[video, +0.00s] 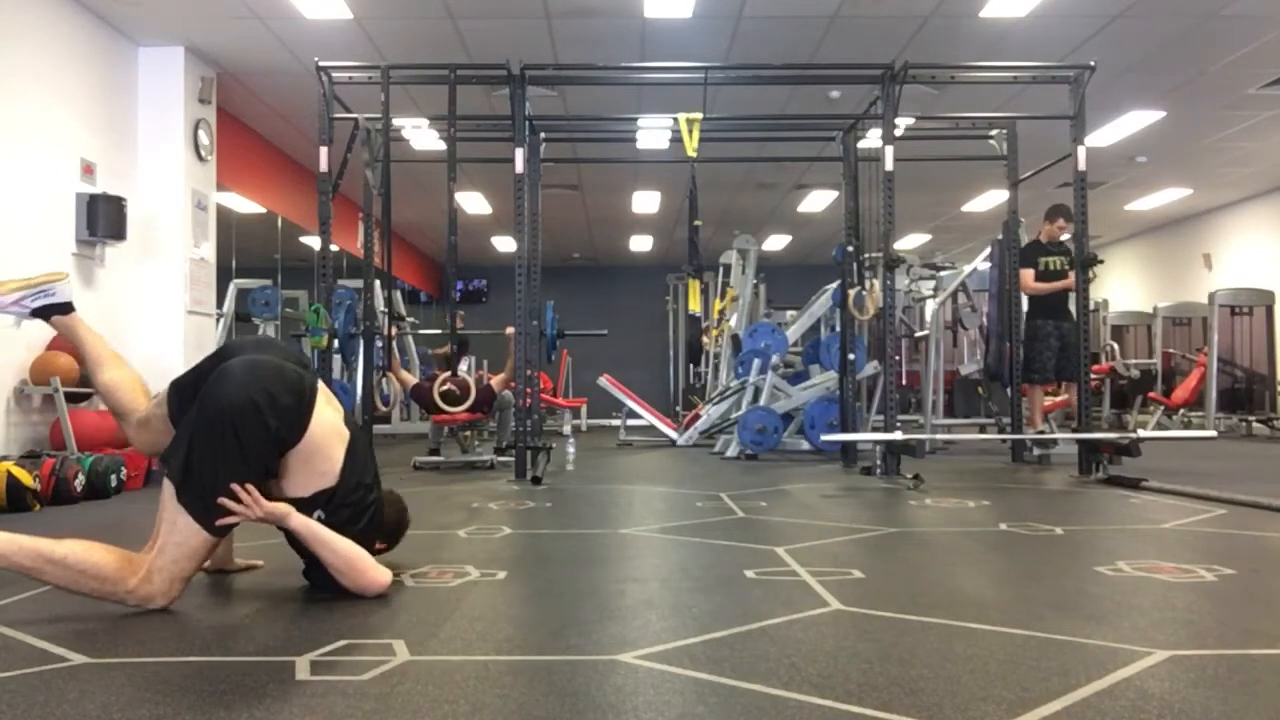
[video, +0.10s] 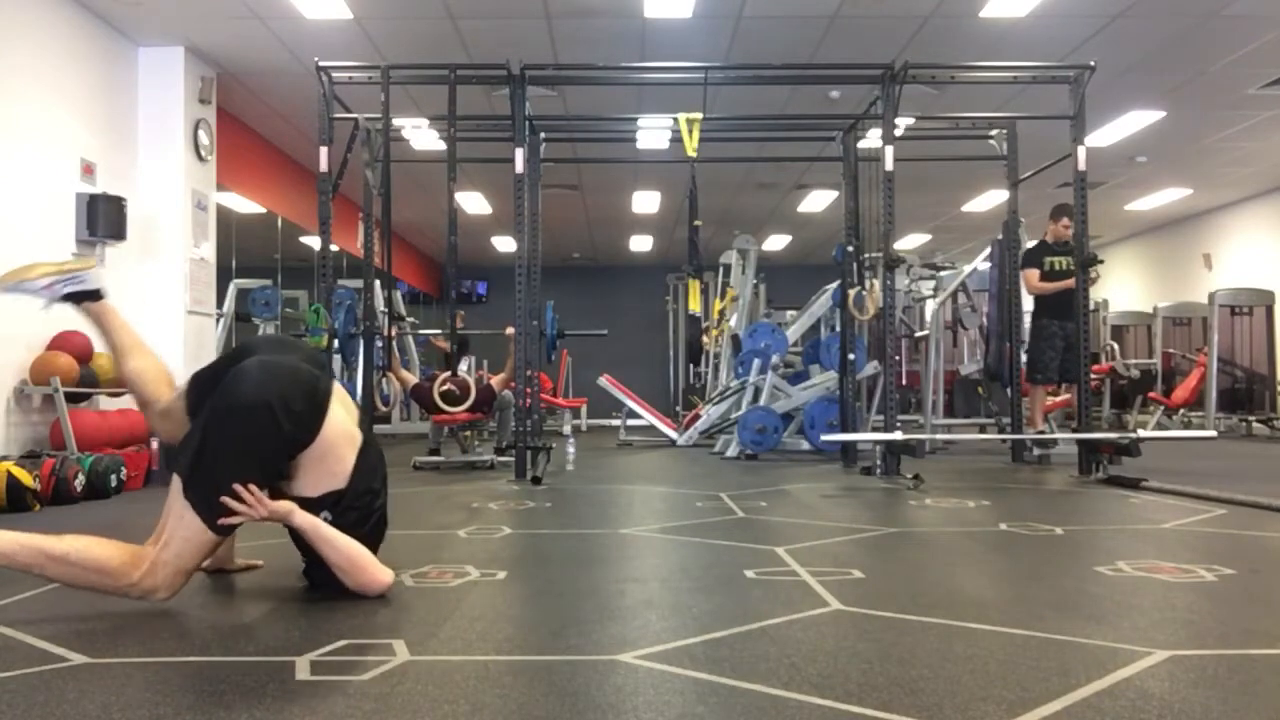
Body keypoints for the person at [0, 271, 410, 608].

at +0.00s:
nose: (374, 560)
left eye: (377, 550)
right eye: (379, 551)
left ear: (364, 509)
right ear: (377, 540)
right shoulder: (351, 529)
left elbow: (229, 455)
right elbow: (376, 581)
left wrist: (220, 551)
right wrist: (290, 516)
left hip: (259, 354)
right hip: (260, 398)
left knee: (146, 429)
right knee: (154, 582)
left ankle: (60, 313)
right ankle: (4, 543)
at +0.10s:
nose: (333, 584)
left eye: (331, 582)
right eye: (339, 583)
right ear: (341, 567)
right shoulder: (348, 533)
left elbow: (238, 464)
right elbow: (379, 580)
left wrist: (221, 556)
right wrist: (292, 515)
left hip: (281, 353)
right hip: (280, 397)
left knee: (170, 419)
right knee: (155, 575)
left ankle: (87, 294)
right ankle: (2, 542)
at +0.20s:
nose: (306, 548)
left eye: (307, 551)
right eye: (311, 550)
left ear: (306, 549)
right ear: (334, 554)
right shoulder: (352, 541)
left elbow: (228, 455)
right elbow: (383, 579)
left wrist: (222, 553)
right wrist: (303, 512)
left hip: (308, 350)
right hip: (306, 393)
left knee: (195, 407)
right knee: (164, 561)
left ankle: (123, 279)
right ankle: (5, 541)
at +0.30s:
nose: (274, 523)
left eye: (276, 527)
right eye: (284, 526)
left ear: (283, 528)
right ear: (303, 536)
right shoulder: (332, 558)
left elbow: (251, 450)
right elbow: (391, 581)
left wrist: (225, 556)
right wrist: (319, 504)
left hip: (340, 350)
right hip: (354, 387)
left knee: (232, 390)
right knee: (182, 532)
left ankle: (177, 259)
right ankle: (8, 532)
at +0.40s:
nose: (272, 521)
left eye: (271, 521)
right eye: (272, 529)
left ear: (280, 519)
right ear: (288, 548)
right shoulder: (324, 558)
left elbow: (273, 439)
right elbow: (392, 581)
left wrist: (227, 544)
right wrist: (327, 504)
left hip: (365, 352)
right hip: (396, 386)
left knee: (274, 383)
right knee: (204, 512)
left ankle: (240, 244)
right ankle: (15, 512)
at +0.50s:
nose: (275, 524)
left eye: (273, 531)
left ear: (274, 535)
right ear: (298, 542)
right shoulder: (329, 557)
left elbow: (267, 451)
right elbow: (393, 581)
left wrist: (230, 543)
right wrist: (331, 505)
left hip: (402, 367)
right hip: (412, 403)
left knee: (301, 381)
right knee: (231, 510)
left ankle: (284, 248)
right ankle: (34, 492)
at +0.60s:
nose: (278, 535)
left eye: (278, 537)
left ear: (283, 536)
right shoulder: (332, 557)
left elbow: (274, 450)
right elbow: (392, 583)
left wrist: (230, 528)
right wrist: (344, 498)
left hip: (436, 381)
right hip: (451, 418)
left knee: (334, 384)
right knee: (258, 506)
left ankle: (338, 268)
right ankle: (83, 457)